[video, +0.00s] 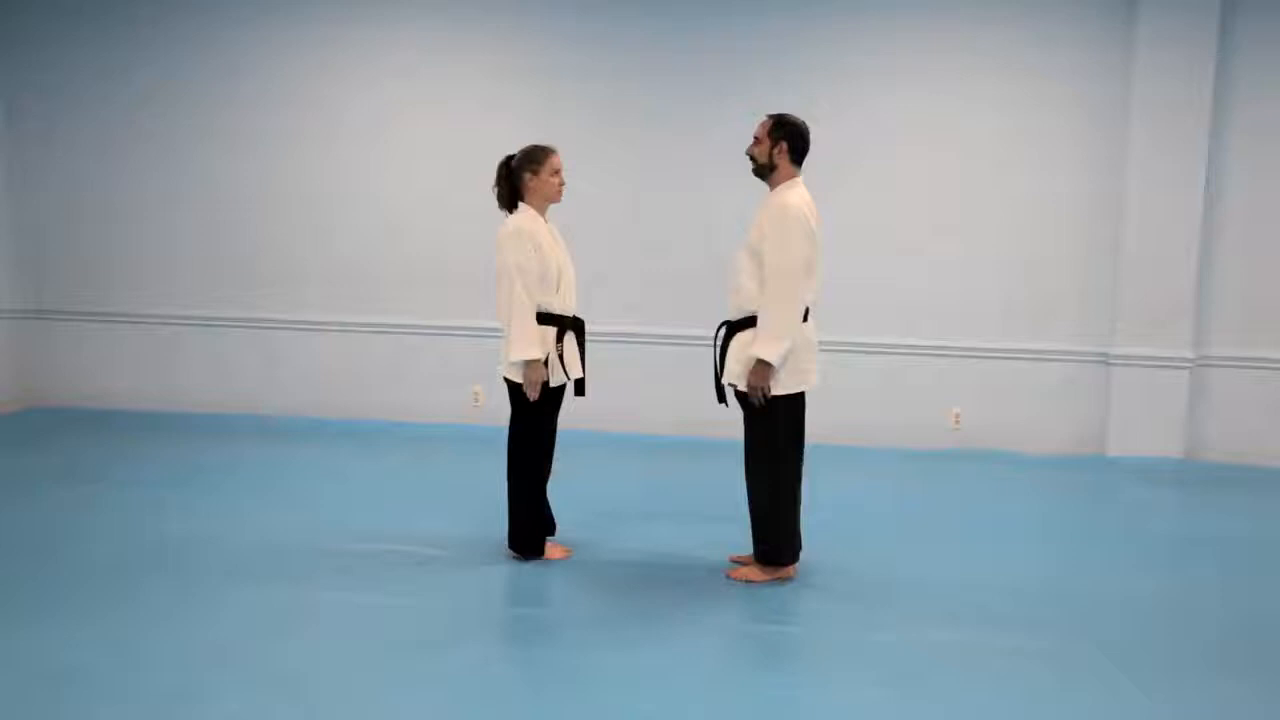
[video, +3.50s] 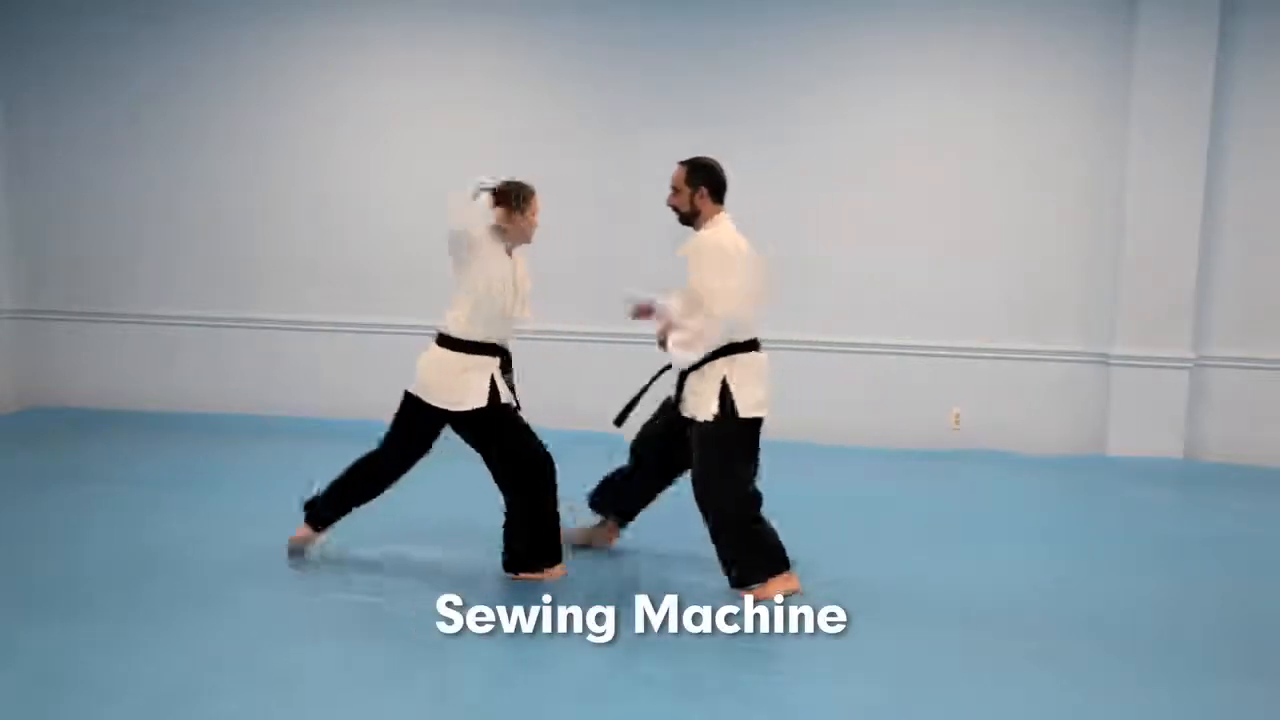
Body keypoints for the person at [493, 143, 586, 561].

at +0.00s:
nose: (562, 181)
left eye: (561, 173)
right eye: (555, 174)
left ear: (541, 180)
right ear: (530, 179)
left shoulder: (544, 227)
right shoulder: (518, 229)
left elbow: (551, 295)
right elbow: (518, 298)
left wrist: (562, 354)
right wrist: (530, 358)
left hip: (553, 351)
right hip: (535, 354)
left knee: (539, 451)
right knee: (529, 453)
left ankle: (534, 534)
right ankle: (526, 541)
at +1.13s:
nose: (564, 184)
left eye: (564, 177)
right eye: (557, 177)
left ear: (542, 182)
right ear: (531, 181)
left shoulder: (542, 227)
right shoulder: (519, 228)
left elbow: (572, 277)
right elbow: (544, 291)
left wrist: (606, 314)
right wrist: (592, 327)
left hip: (543, 355)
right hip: (524, 356)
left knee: (538, 455)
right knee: (527, 458)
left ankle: (534, 543)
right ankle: (516, 557)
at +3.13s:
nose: (583, 201)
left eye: (583, 193)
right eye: (578, 193)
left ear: (552, 194)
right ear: (554, 194)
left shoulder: (538, 227)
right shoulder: (530, 229)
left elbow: (566, 277)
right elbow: (553, 287)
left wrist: (604, 308)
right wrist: (603, 313)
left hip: (511, 354)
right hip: (504, 358)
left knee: (535, 453)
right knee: (531, 457)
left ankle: (537, 542)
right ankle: (526, 557)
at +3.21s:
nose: (589, 215)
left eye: (589, 206)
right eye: (585, 206)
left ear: (558, 204)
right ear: (564, 204)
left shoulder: (529, 233)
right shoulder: (540, 235)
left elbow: (554, 295)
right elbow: (564, 278)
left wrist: (594, 317)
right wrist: (615, 271)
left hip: (480, 360)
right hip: (493, 366)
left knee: (508, 457)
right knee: (529, 459)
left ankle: (516, 549)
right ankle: (524, 562)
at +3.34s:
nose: (576, 219)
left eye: (576, 211)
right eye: (571, 210)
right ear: (548, 206)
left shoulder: (542, 252)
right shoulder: (519, 238)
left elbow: (544, 309)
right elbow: (549, 228)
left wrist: (564, 330)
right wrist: (564, 213)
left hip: (467, 366)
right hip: (478, 371)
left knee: (448, 452)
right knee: (525, 462)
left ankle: (386, 510)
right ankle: (521, 562)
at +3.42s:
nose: (560, 221)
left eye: (560, 213)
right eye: (556, 213)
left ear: (541, 217)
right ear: (535, 215)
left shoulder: (534, 259)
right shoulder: (501, 245)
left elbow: (538, 311)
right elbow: (495, 223)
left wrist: (535, 340)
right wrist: (515, 199)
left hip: (462, 373)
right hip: (474, 377)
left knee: (409, 455)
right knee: (531, 465)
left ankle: (340, 512)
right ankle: (522, 562)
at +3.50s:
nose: (538, 224)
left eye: (537, 216)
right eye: (533, 216)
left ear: (511, 217)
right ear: (511, 218)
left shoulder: (512, 260)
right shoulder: (476, 248)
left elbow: (500, 334)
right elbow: (462, 228)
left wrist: (510, 392)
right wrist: (476, 195)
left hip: (439, 376)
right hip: (464, 382)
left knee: (391, 459)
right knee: (532, 466)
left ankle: (315, 521)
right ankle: (527, 563)